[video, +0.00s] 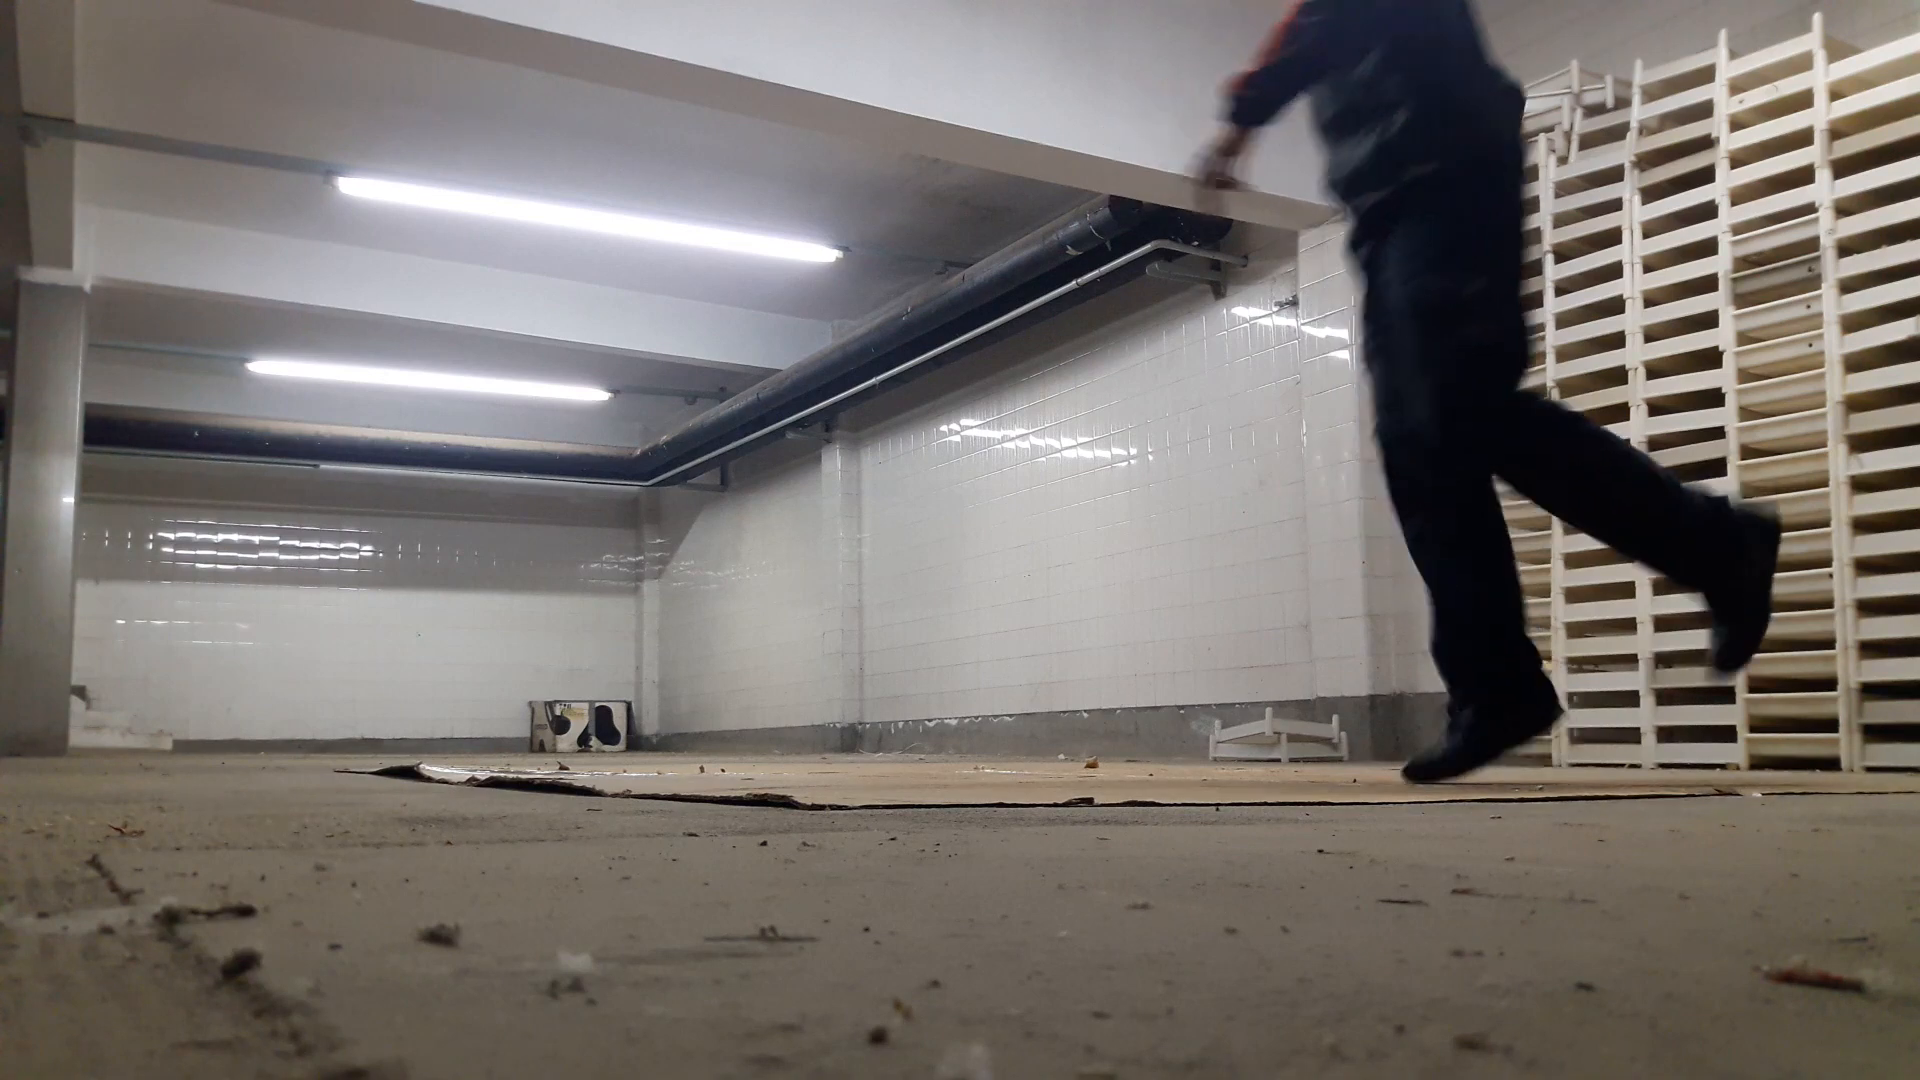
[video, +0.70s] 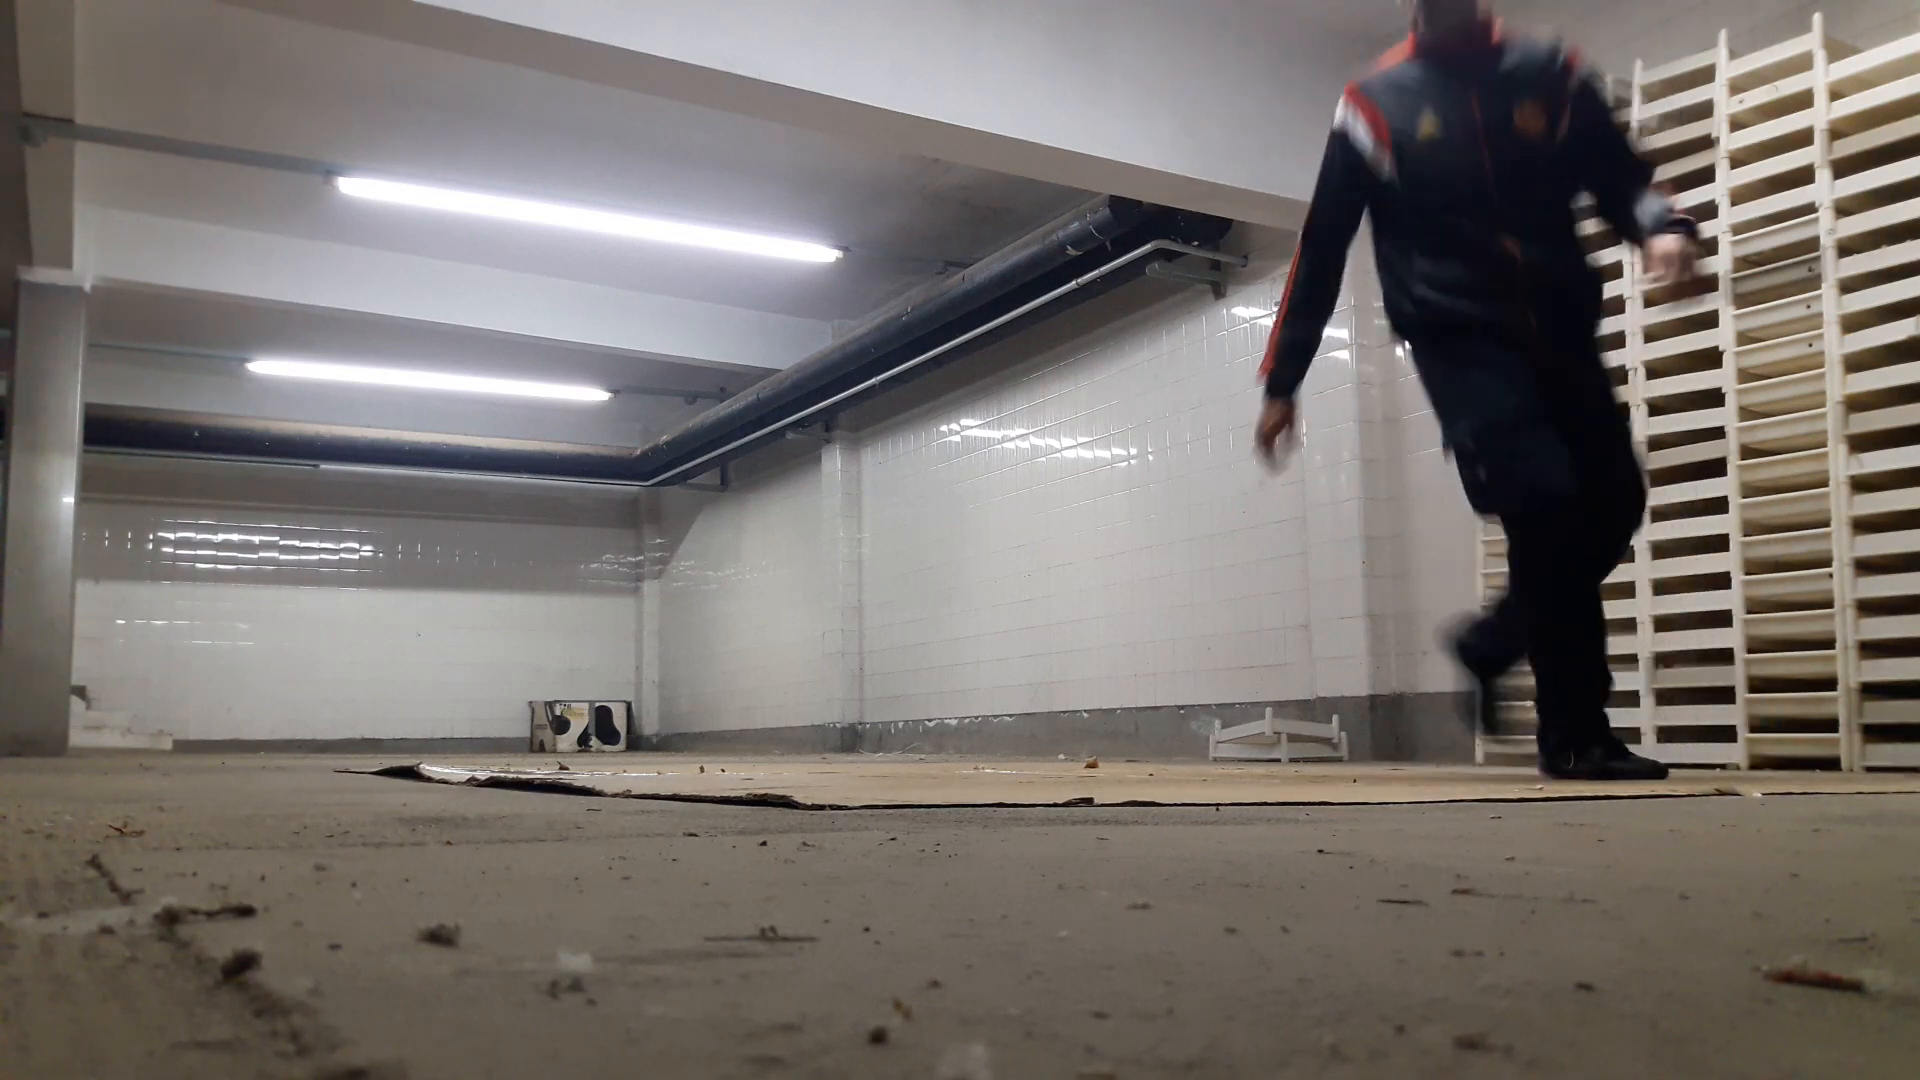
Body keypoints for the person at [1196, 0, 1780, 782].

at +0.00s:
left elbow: (1329, 23)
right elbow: (1316, 39)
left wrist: (1244, 107)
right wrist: (1240, 126)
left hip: (1447, 151)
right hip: (1384, 183)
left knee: (1469, 407)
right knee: (1417, 442)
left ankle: (1722, 548)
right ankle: (1499, 691)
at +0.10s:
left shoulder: (1457, 10)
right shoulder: (1382, 19)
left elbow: (1489, 104)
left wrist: (1331, 123)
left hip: (1504, 176)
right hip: (1428, 196)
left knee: (1540, 410)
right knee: (1424, 439)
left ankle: (1709, 642)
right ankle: (1525, 674)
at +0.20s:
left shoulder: (1516, 9)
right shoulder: (1415, 16)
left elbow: (1498, 74)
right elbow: (1429, 94)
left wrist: (1379, 154)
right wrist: (1392, 181)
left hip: (1552, 233)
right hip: (1476, 244)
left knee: (1604, 464)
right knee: (1436, 458)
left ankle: (1723, 705)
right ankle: (1526, 679)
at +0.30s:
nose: (1408, 6)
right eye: (1404, 5)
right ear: (1415, 12)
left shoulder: (1553, 15)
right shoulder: (1420, 83)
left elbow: (1573, 141)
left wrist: (1436, 220)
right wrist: (1357, 155)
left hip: (1596, 313)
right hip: (1502, 330)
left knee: (1614, 511)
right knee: (1461, 520)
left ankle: (1747, 732)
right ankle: (1511, 721)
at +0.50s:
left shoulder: (1583, 6)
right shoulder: (1391, 18)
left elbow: (1650, 95)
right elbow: (1346, 141)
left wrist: (1535, 204)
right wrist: (1364, 229)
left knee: (1648, 478)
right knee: (1467, 489)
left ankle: (1697, 702)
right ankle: (1509, 706)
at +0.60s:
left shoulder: (1580, 14)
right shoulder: (1387, 33)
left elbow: (1649, 115)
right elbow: (1338, 172)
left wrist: (1602, 214)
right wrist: (1318, 313)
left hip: (1573, 287)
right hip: (1462, 297)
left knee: (1611, 476)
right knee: (1506, 487)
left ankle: (1613, 698)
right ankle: (1549, 705)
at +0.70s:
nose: (1456, 19)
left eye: (1466, 7)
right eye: (1439, 11)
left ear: (1488, 8)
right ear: (1413, 15)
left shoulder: (1549, 75)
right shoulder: (1377, 105)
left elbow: (1622, 177)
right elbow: (1319, 253)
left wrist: (1662, 228)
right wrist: (1280, 385)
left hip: (1562, 341)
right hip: (1465, 355)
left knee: (1616, 502)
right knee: (1547, 518)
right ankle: (1576, 740)